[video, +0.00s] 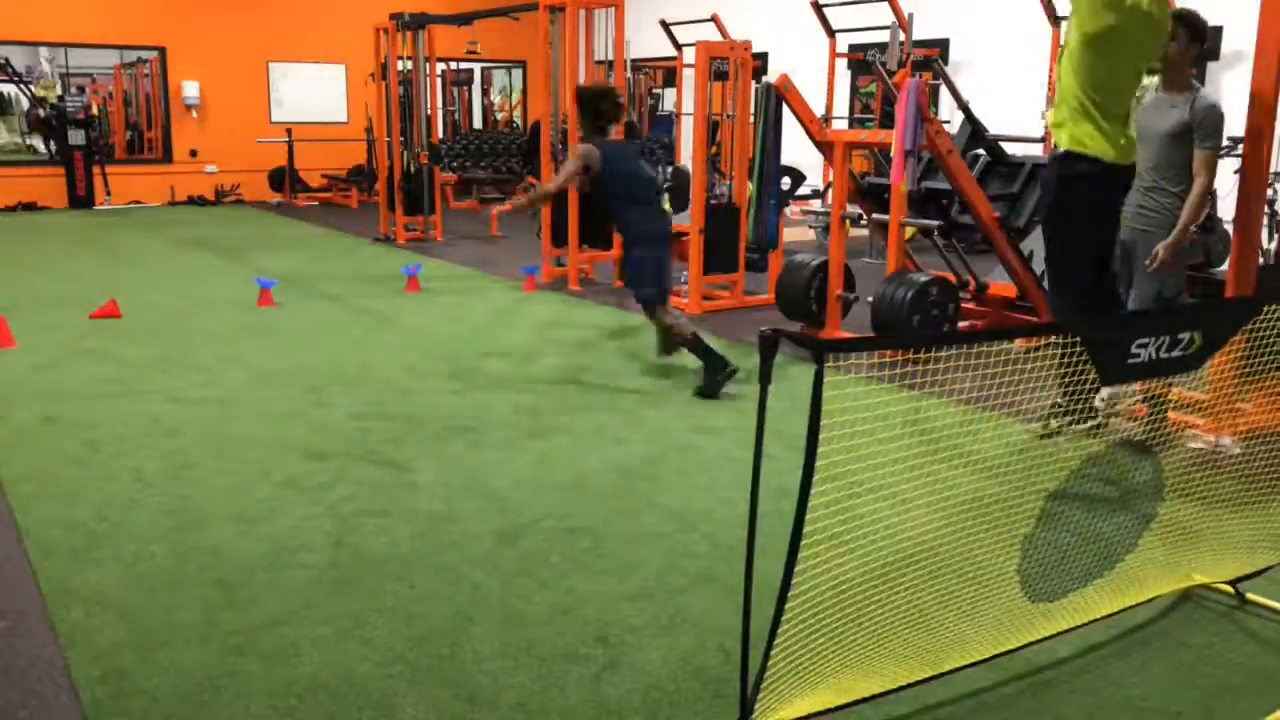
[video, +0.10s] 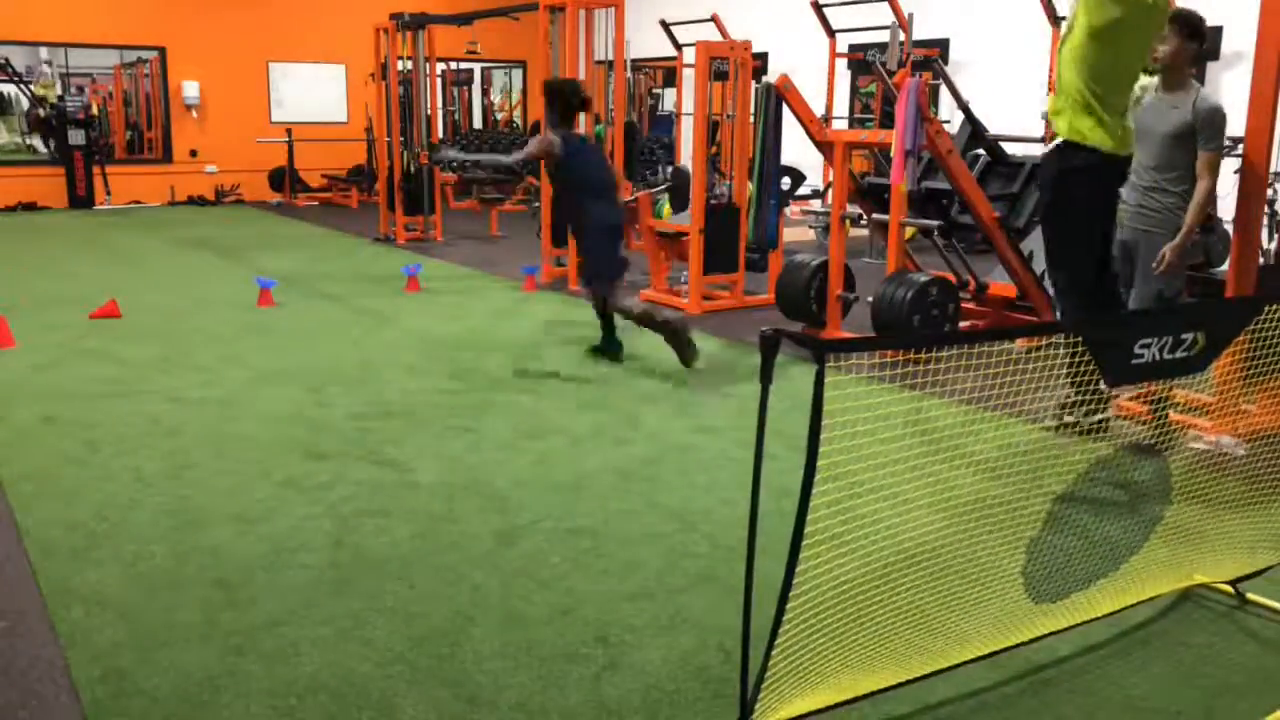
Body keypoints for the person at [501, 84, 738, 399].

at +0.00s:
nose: (577, 122)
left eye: (579, 117)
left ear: (584, 119)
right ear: (613, 119)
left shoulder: (588, 152)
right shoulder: (628, 149)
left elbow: (554, 187)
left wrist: (518, 204)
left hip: (639, 231)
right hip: (660, 224)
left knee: (655, 307)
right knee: (654, 296)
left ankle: (715, 362)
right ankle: (668, 337)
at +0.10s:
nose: (541, 110)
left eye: (544, 105)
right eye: (544, 104)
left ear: (548, 109)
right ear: (575, 110)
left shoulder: (550, 140)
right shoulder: (586, 142)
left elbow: (513, 162)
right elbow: (612, 183)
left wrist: (462, 159)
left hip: (591, 221)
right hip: (609, 218)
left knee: (602, 288)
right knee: (599, 284)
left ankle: (668, 326)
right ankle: (609, 341)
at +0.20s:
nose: (508, 103)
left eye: (510, 98)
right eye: (511, 98)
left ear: (515, 103)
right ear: (538, 104)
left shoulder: (517, 131)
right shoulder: (545, 136)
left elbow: (504, 147)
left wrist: (455, 133)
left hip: (548, 222)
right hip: (566, 217)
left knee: (535, 284)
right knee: (566, 281)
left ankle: (592, 316)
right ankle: (597, 329)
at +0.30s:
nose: (463, 96)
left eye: (465, 91)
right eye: (464, 90)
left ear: (471, 94)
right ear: (492, 96)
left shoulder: (479, 117)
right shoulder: (498, 126)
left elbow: (483, 137)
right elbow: (488, 172)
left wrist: (442, 137)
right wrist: (463, 197)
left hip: (495, 208)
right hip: (517, 206)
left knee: (461, 251)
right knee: (539, 267)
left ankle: (483, 317)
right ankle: (590, 310)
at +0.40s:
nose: (411, 101)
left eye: (414, 95)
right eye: (412, 94)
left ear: (422, 100)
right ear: (442, 101)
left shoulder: (434, 123)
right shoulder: (446, 129)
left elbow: (449, 148)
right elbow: (436, 177)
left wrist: (435, 165)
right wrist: (414, 199)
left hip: (455, 209)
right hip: (467, 207)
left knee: (419, 254)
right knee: (487, 270)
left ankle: (397, 305)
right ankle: (541, 279)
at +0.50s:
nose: (379, 121)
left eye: (381, 115)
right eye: (380, 115)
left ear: (386, 119)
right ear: (407, 118)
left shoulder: (399, 146)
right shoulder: (419, 147)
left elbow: (406, 179)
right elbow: (422, 185)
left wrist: (394, 209)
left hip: (414, 216)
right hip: (433, 216)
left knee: (378, 247)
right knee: (418, 263)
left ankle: (380, 307)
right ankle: (461, 277)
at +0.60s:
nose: (343, 141)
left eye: (344, 136)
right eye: (342, 136)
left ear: (355, 135)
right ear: (366, 133)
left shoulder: (366, 156)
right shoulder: (384, 156)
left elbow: (374, 187)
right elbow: (390, 193)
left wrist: (362, 221)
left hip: (393, 227)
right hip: (409, 225)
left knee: (345, 237)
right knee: (370, 238)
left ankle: (371, 298)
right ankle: (390, 290)